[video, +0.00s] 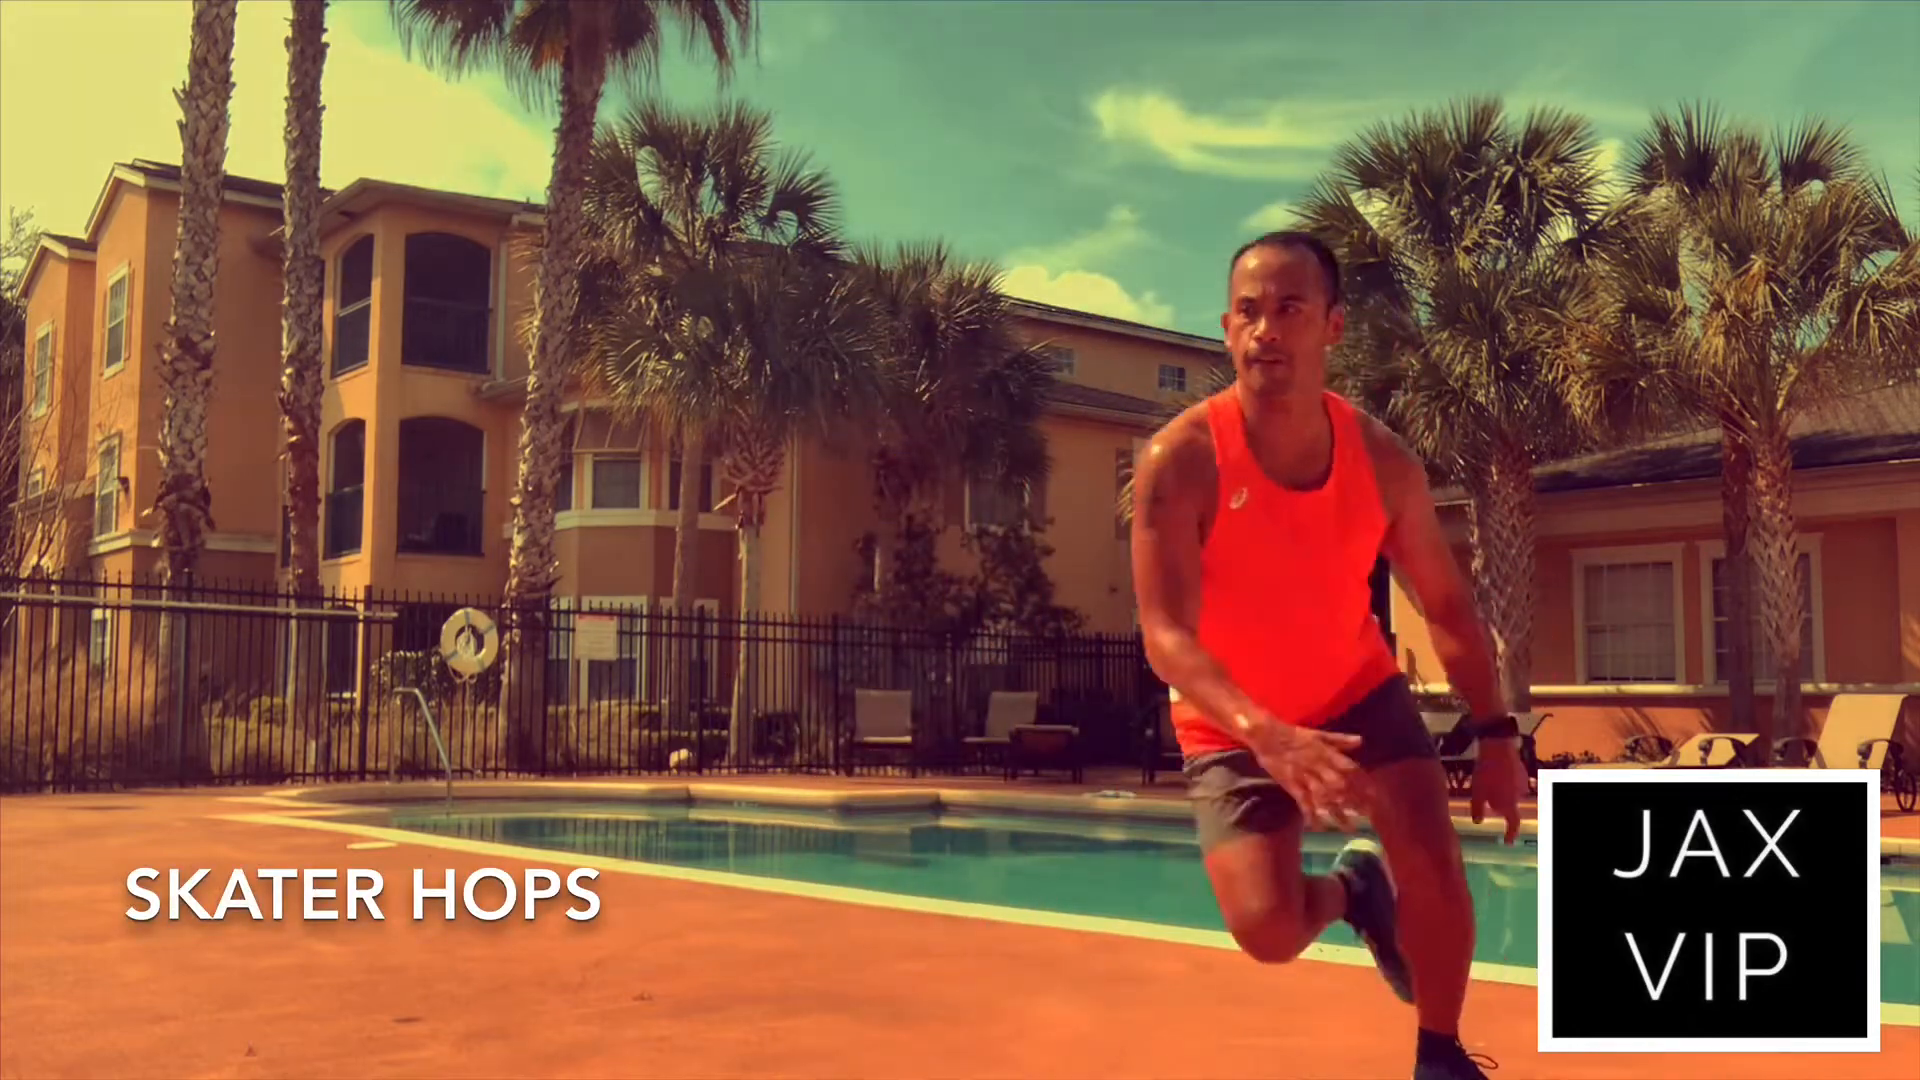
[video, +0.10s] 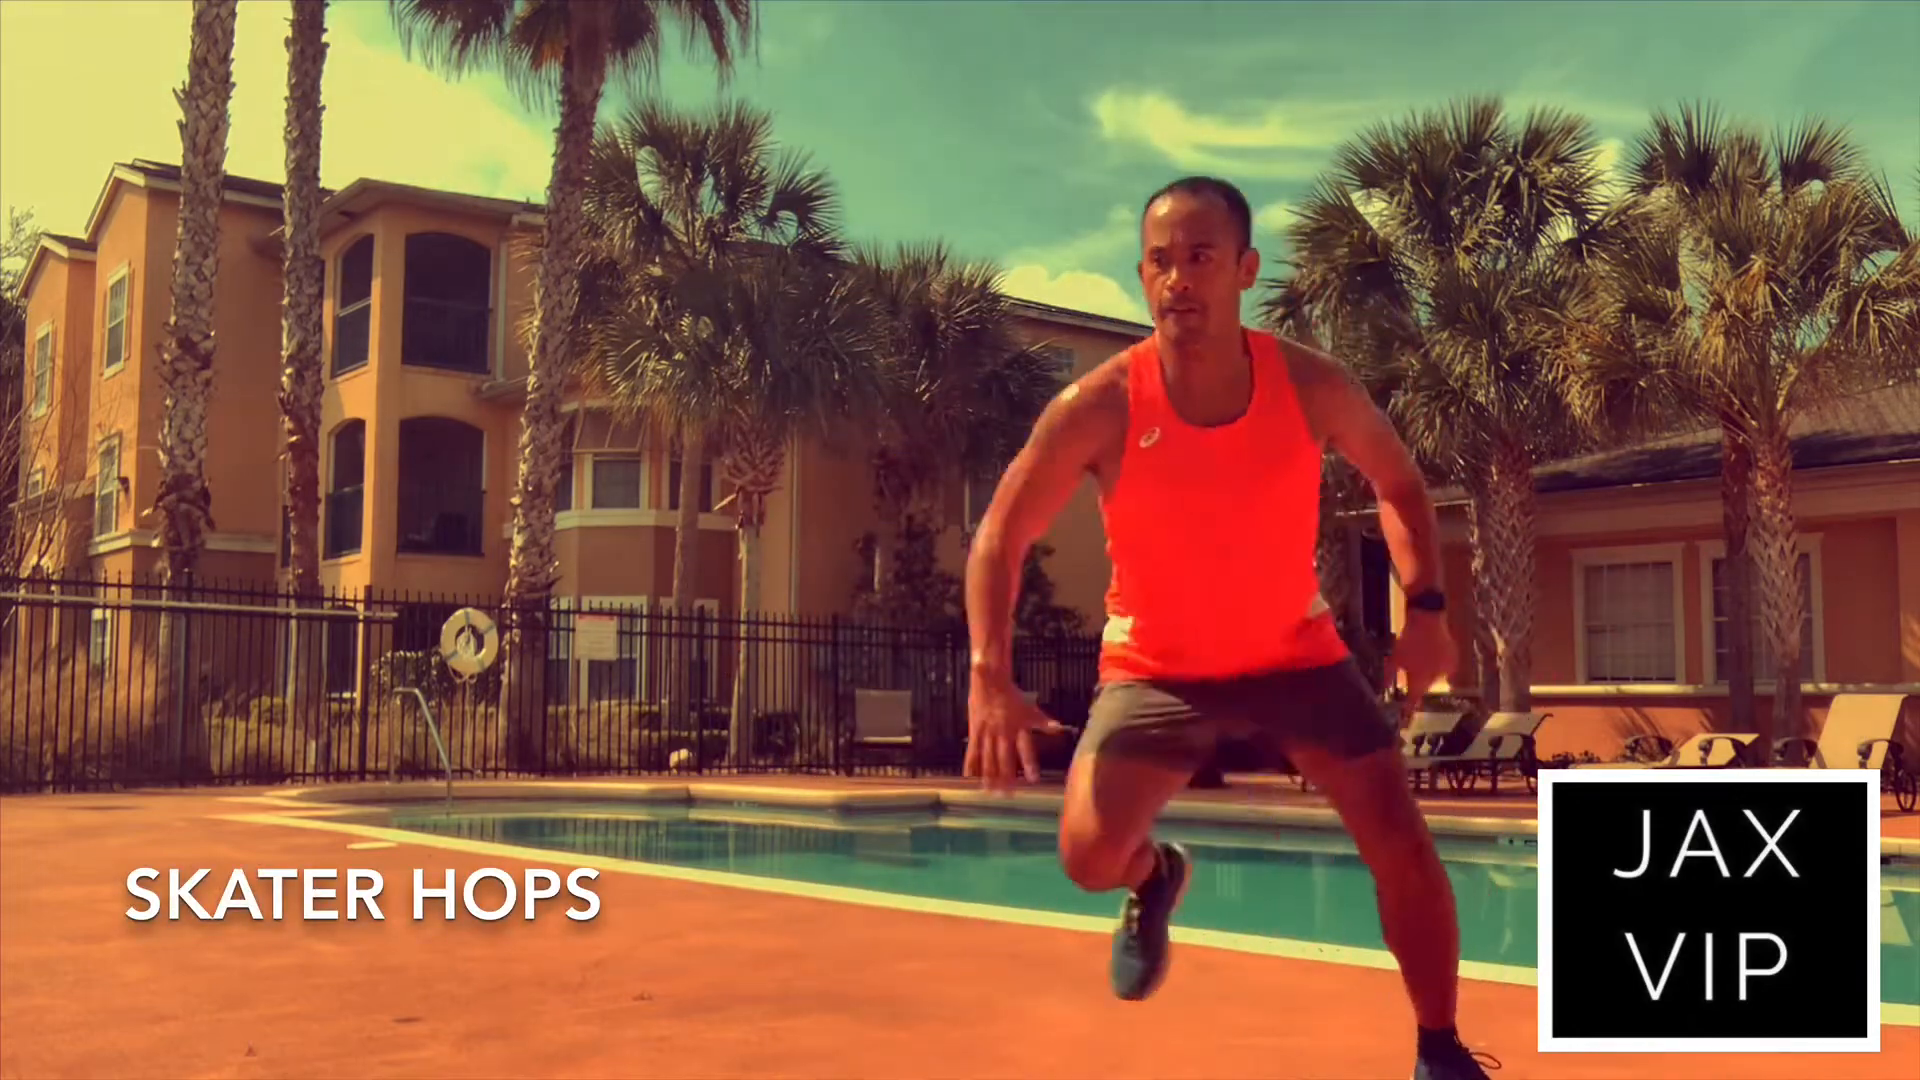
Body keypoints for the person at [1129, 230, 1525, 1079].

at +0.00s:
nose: (1263, 327)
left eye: (1289, 306)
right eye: (1246, 309)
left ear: (1333, 327)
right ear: (1228, 329)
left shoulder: (1381, 461)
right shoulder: (1178, 460)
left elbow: (1447, 606)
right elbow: (1165, 636)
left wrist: (1496, 734)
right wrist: (1265, 735)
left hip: (1356, 692)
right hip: (1225, 718)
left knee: (1431, 863)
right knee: (1265, 933)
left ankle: (1441, 1052)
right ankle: (1358, 891)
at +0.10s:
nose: (1177, 277)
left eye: (1200, 255)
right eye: (1159, 259)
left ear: (1245, 268)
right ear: (1141, 275)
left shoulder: (1312, 387)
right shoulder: (1100, 405)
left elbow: (1401, 489)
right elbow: (1000, 537)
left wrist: (1423, 604)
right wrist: (991, 676)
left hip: (1296, 658)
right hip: (1152, 668)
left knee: (1398, 839)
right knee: (1088, 855)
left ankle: (1440, 1044)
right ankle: (1156, 880)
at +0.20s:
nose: (1059, 228)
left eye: (1084, 207)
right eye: (1043, 207)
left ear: (1129, 211)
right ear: (1023, 211)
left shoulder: (1189, 299)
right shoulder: (983, 318)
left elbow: (1288, 324)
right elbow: (842, 400)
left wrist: (1350, 437)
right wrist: (804, 546)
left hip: (1204, 617)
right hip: (1051, 611)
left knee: (1316, 808)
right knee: (914, 768)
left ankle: (1435, 1015)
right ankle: (908, 916)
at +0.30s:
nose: (935, 212)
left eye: (958, 190)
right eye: (919, 189)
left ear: (1009, 188)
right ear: (899, 186)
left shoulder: (1069, 285)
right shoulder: (867, 299)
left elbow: (1199, 305)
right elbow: (750, 373)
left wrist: (1289, 392)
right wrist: (710, 510)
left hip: (1078, 584)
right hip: (927, 592)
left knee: (1218, 756)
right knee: (801, 767)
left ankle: (1319, 915)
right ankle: (679, 964)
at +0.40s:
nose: (811, 249)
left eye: (835, 225)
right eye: (796, 226)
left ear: (890, 222)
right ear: (782, 224)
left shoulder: (964, 338)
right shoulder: (743, 349)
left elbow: (1099, 422)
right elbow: (680, 456)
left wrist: (1166, 517)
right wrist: (660, 588)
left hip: (954, 620)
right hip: (805, 630)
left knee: (1103, 781)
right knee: (692, 829)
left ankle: (1139, 804)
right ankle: (573, 1037)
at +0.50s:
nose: (711, 314)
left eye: (736, 290)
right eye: (697, 290)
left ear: (793, 289)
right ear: (683, 289)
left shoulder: (860, 416)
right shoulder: (648, 411)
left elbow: (941, 563)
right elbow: (616, 532)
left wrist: (940, 685)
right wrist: (597, 655)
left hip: (846, 675)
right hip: (703, 666)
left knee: (942, 876)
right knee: (619, 837)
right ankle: (556, 1056)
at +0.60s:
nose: (640, 365)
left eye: (666, 342)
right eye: (627, 342)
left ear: (724, 346)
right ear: (612, 345)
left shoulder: (785, 469)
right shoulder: (592, 457)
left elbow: (784, 651)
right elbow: (575, 562)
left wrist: (672, 778)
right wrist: (546, 666)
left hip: (770, 707)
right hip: (649, 682)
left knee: (754, 936)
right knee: (603, 847)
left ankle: (665, 828)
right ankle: (554, 1057)